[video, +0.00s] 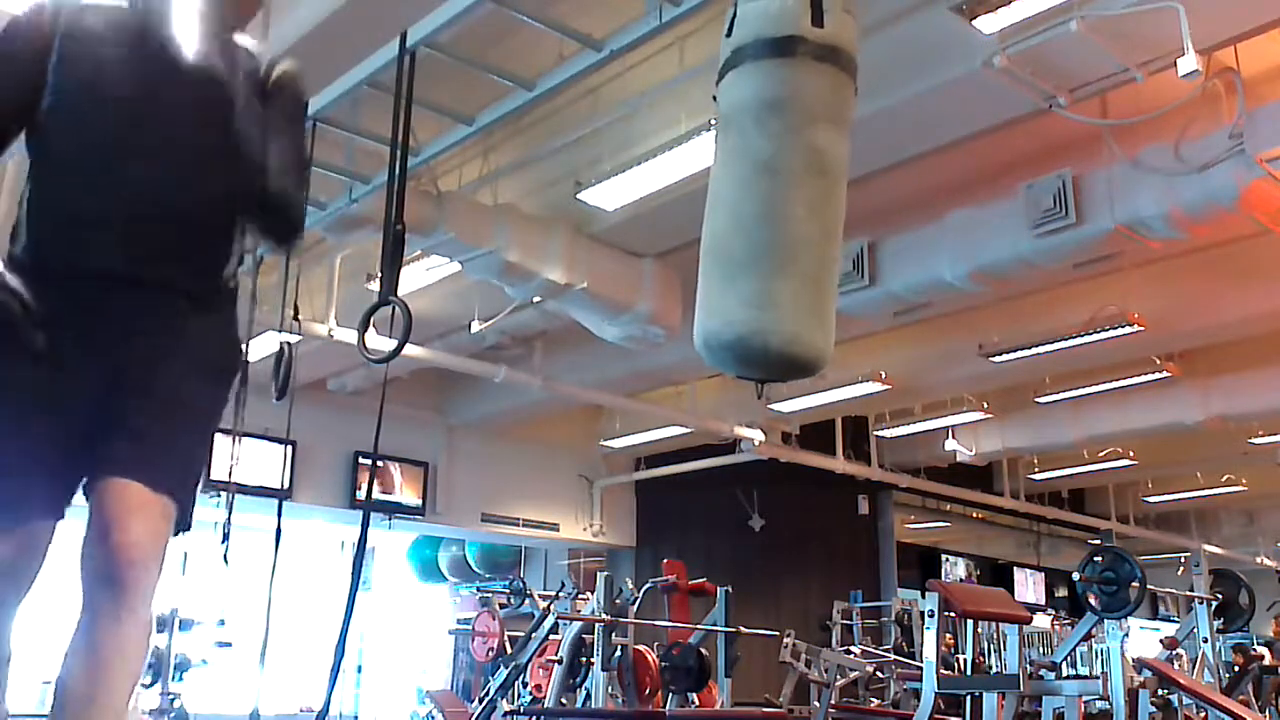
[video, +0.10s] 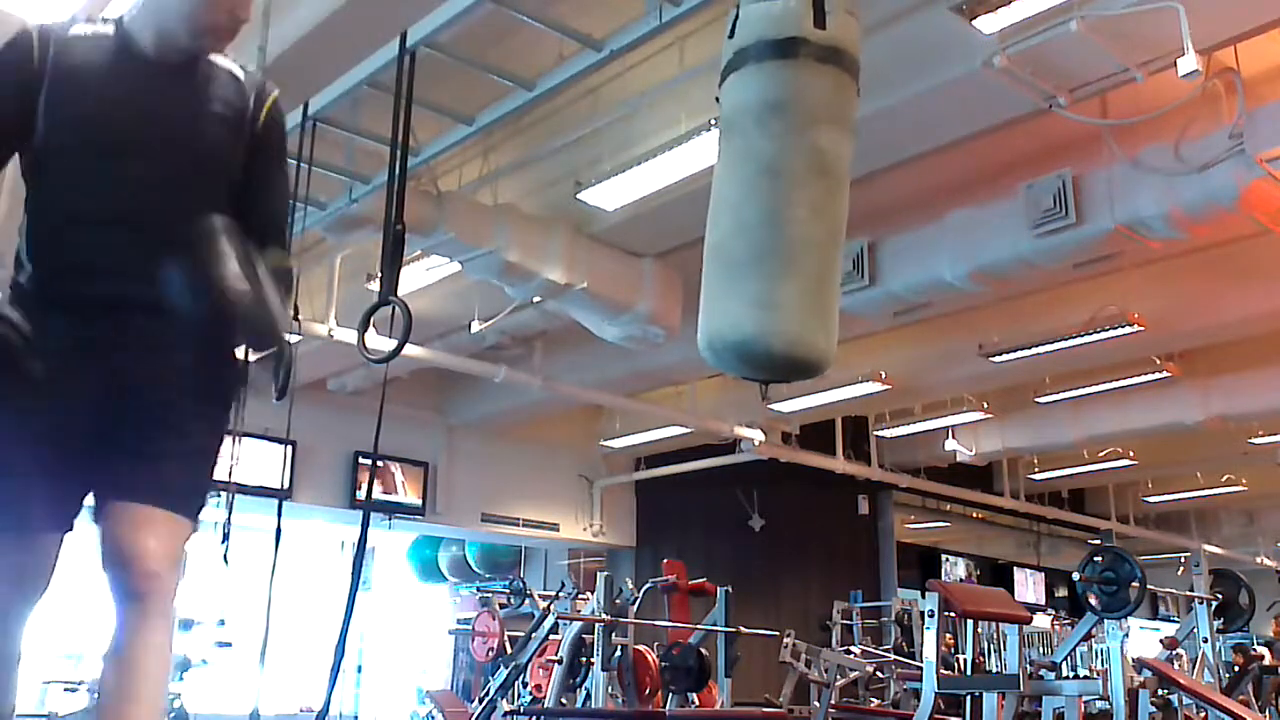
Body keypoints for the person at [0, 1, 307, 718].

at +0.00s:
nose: (257, 5)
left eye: (261, 4)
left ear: (261, 9)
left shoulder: (265, 85)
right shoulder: (62, 26)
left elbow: (285, 221)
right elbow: (1, 133)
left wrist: (233, 88)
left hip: (179, 336)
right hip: (45, 316)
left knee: (128, 550)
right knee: (12, 552)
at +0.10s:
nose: (241, 15)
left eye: (250, 5)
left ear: (247, 12)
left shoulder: (252, 103)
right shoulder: (45, 55)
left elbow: (271, 249)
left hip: (179, 363)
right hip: (47, 349)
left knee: (147, 571)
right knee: (17, 573)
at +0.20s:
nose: (229, 25)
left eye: (238, 10)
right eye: (214, 6)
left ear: (244, 14)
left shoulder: (247, 112)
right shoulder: (51, 76)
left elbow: (273, 260)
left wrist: (319, 377)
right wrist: (0, 329)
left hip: (191, 361)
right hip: (63, 349)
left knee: (173, 554)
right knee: (26, 573)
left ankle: (164, 712)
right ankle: (10, 704)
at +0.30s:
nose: (235, 33)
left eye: (245, 20)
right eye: (221, 14)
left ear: (251, 23)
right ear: (163, 4)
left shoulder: (258, 118)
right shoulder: (67, 90)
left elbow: (308, 257)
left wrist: (402, 327)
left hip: (207, 357)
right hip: (83, 348)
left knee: (209, 564)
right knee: (32, 580)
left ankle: (212, 714)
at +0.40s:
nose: (259, 51)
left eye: (269, 36)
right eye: (246, 30)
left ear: (275, 38)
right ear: (191, 16)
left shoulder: (278, 131)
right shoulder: (90, 102)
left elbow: (363, 246)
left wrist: (481, 265)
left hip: (221, 374)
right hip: (100, 364)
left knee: (252, 591)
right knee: (44, 584)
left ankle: (263, 718)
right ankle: (16, 712)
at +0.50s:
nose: (295, 75)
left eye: (305, 61)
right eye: (282, 53)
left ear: (308, 64)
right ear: (228, 38)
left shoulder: (309, 153)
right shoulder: (130, 126)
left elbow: (409, 238)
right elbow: (22, 225)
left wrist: (522, 207)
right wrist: (3, 268)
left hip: (249, 397)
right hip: (132, 384)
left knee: (282, 621)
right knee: (57, 597)